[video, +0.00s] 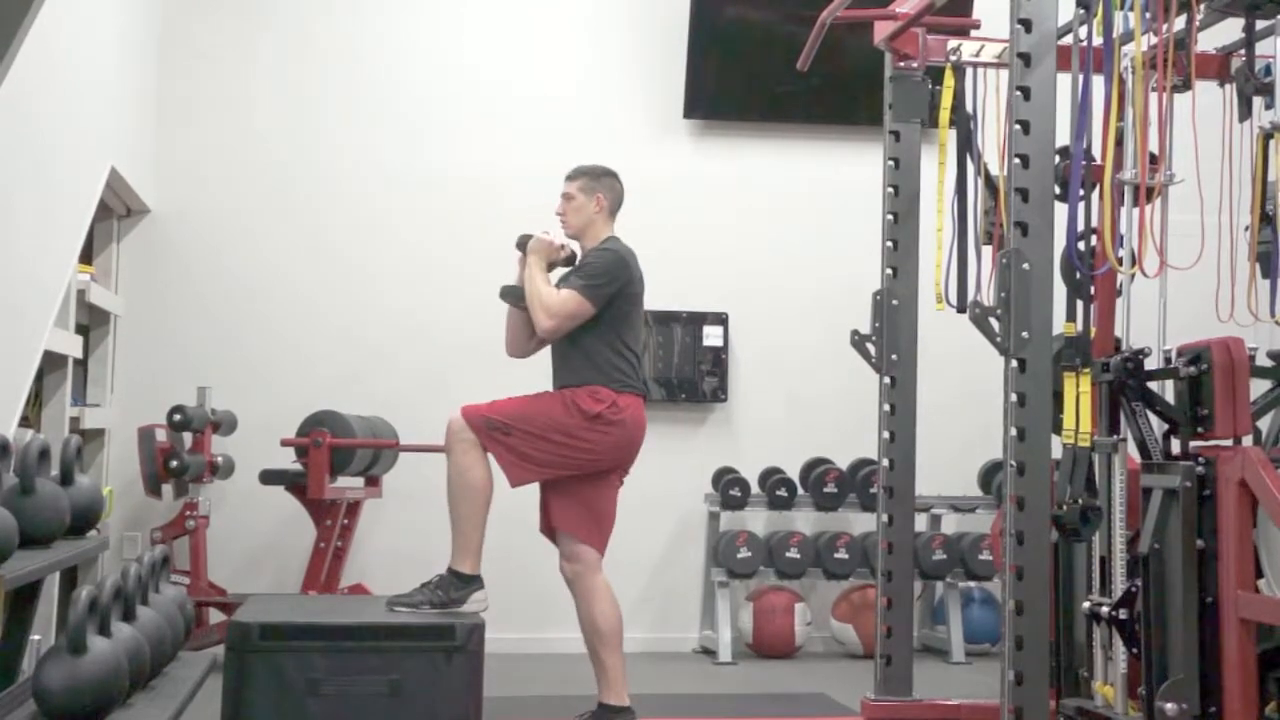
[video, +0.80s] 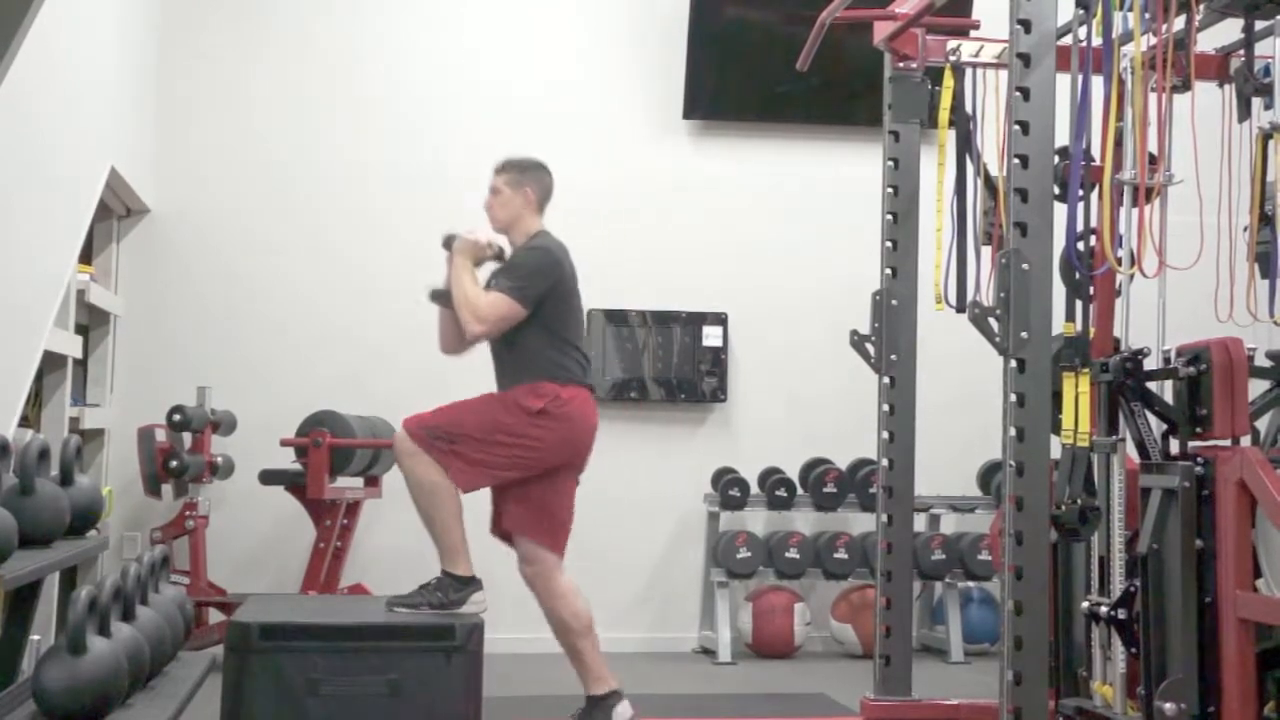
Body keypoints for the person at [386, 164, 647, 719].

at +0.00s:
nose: (558, 208)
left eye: (569, 198)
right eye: (561, 198)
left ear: (602, 204)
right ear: (595, 207)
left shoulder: (612, 258)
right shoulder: (581, 268)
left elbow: (550, 322)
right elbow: (520, 344)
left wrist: (536, 262)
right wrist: (527, 277)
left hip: (602, 411)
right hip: (602, 418)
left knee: (466, 427)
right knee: (581, 560)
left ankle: (462, 578)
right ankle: (616, 705)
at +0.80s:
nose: (487, 202)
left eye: (496, 192)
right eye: (489, 192)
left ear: (528, 196)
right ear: (523, 197)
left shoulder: (544, 254)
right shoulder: (519, 264)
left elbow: (477, 321)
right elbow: (453, 341)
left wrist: (462, 259)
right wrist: (454, 278)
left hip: (550, 406)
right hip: (559, 415)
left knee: (414, 441)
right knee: (540, 563)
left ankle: (457, 578)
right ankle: (604, 696)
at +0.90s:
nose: (461, 157)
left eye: (470, 147)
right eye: (463, 148)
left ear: (504, 150)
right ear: (502, 151)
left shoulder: (516, 208)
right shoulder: (497, 217)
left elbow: (451, 272)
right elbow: (428, 299)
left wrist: (436, 208)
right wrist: (428, 238)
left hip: (526, 364)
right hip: (543, 369)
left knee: (407, 443)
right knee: (521, 522)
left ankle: (458, 578)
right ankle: (568, 656)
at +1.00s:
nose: (453, 124)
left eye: (462, 113)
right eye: (454, 114)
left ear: (495, 116)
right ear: (493, 117)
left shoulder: (507, 174)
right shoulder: (490, 181)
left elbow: (440, 237)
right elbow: (423, 265)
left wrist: (425, 174)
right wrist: (419, 202)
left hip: (517, 331)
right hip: (520, 334)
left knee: (413, 439)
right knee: (461, 480)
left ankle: (456, 576)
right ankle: (541, 592)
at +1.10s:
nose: (451, 95)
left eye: (459, 85)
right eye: (452, 85)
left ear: (491, 87)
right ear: (490, 89)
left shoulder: (503, 146)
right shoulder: (487, 153)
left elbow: (434, 209)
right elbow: (422, 238)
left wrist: (422, 151)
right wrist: (420, 171)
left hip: (510, 307)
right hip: (501, 307)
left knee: (417, 424)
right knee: (416, 424)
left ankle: (458, 577)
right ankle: (499, 515)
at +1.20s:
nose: (449, 75)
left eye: (458, 63)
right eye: (451, 64)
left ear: (490, 64)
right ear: (490, 66)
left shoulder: (500, 120)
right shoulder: (484, 129)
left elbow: (433, 188)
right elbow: (426, 219)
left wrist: (421, 129)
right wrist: (425, 153)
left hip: (502, 290)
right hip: (469, 288)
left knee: (439, 430)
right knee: (368, 337)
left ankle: (461, 577)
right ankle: (437, 443)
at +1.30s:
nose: (446, 61)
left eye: (454, 50)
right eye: (448, 51)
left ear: (486, 51)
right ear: (486, 52)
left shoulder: (499, 108)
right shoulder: (478, 113)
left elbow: (428, 173)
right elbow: (424, 204)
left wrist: (418, 115)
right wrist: (424, 130)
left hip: (495, 281)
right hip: (460, 267)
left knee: (452, 430)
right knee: (356, 255)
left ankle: (461, 579)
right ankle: (385, 388)